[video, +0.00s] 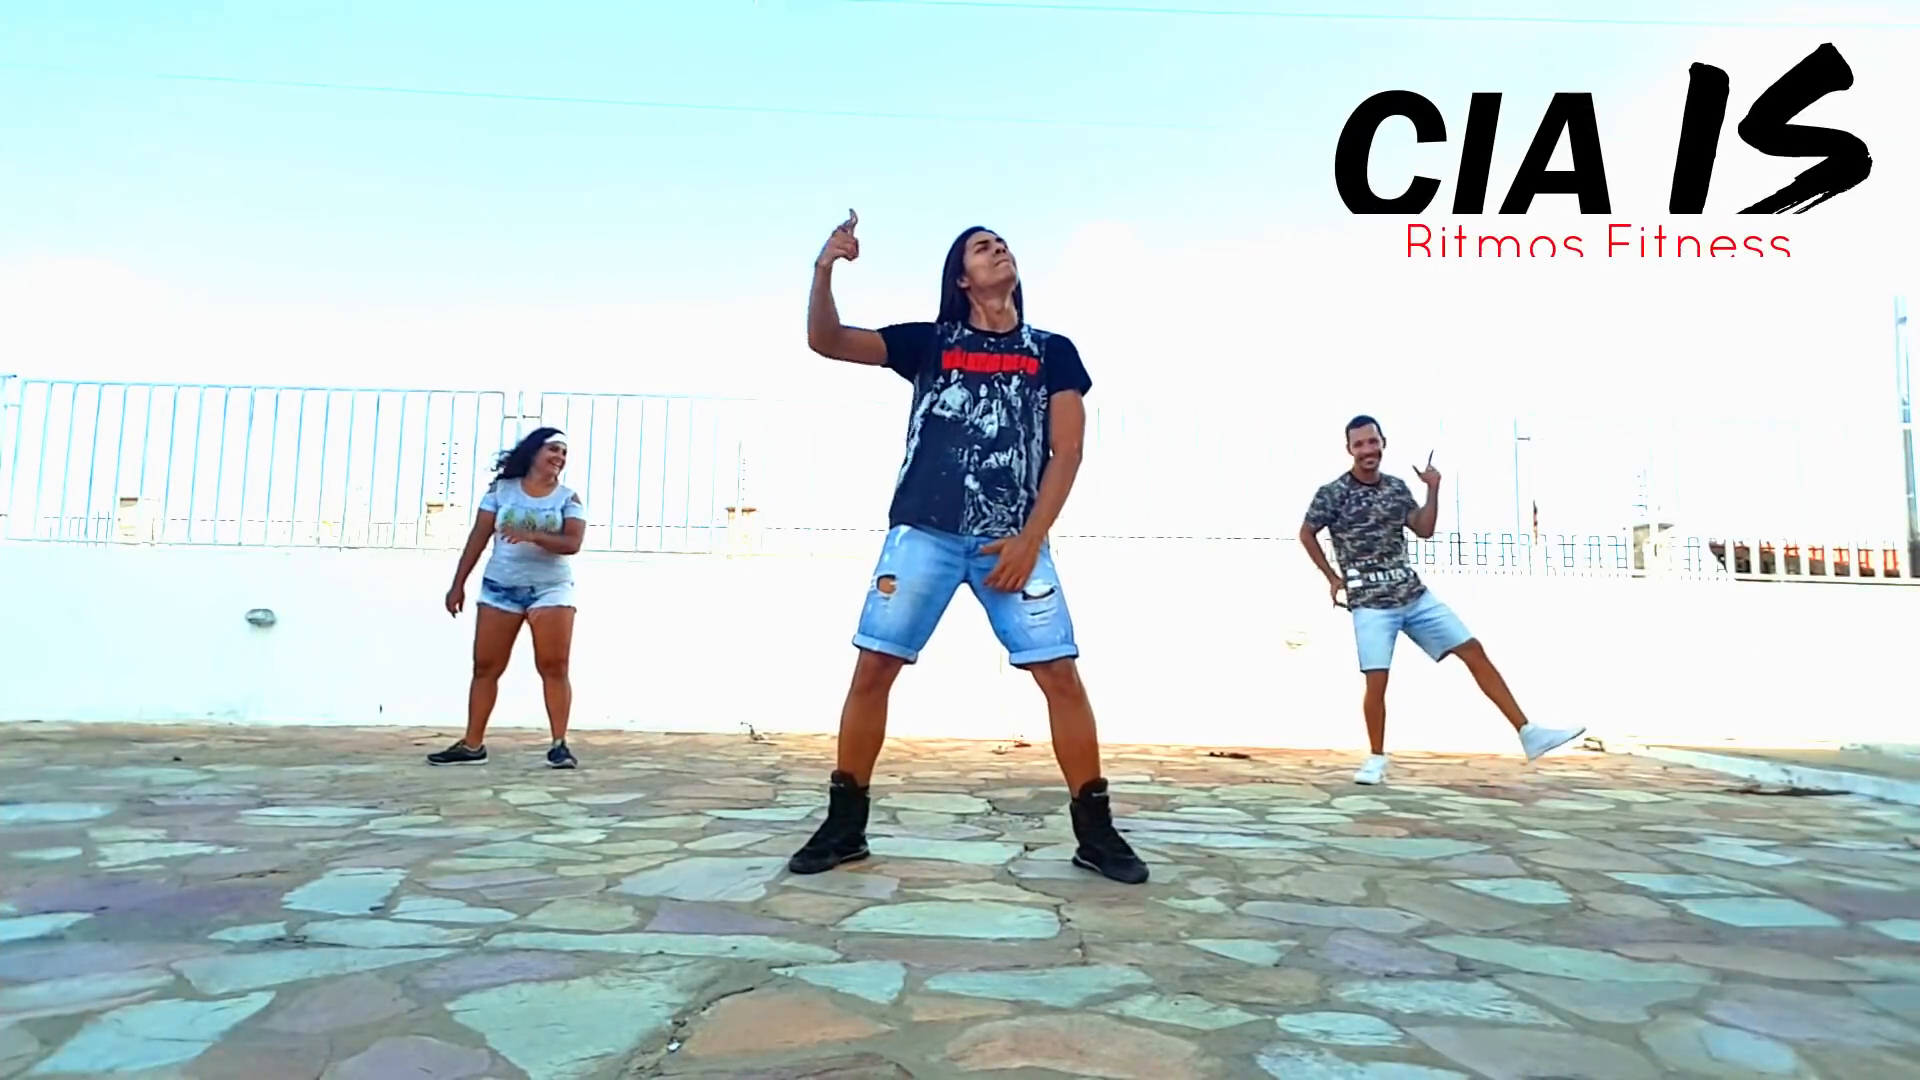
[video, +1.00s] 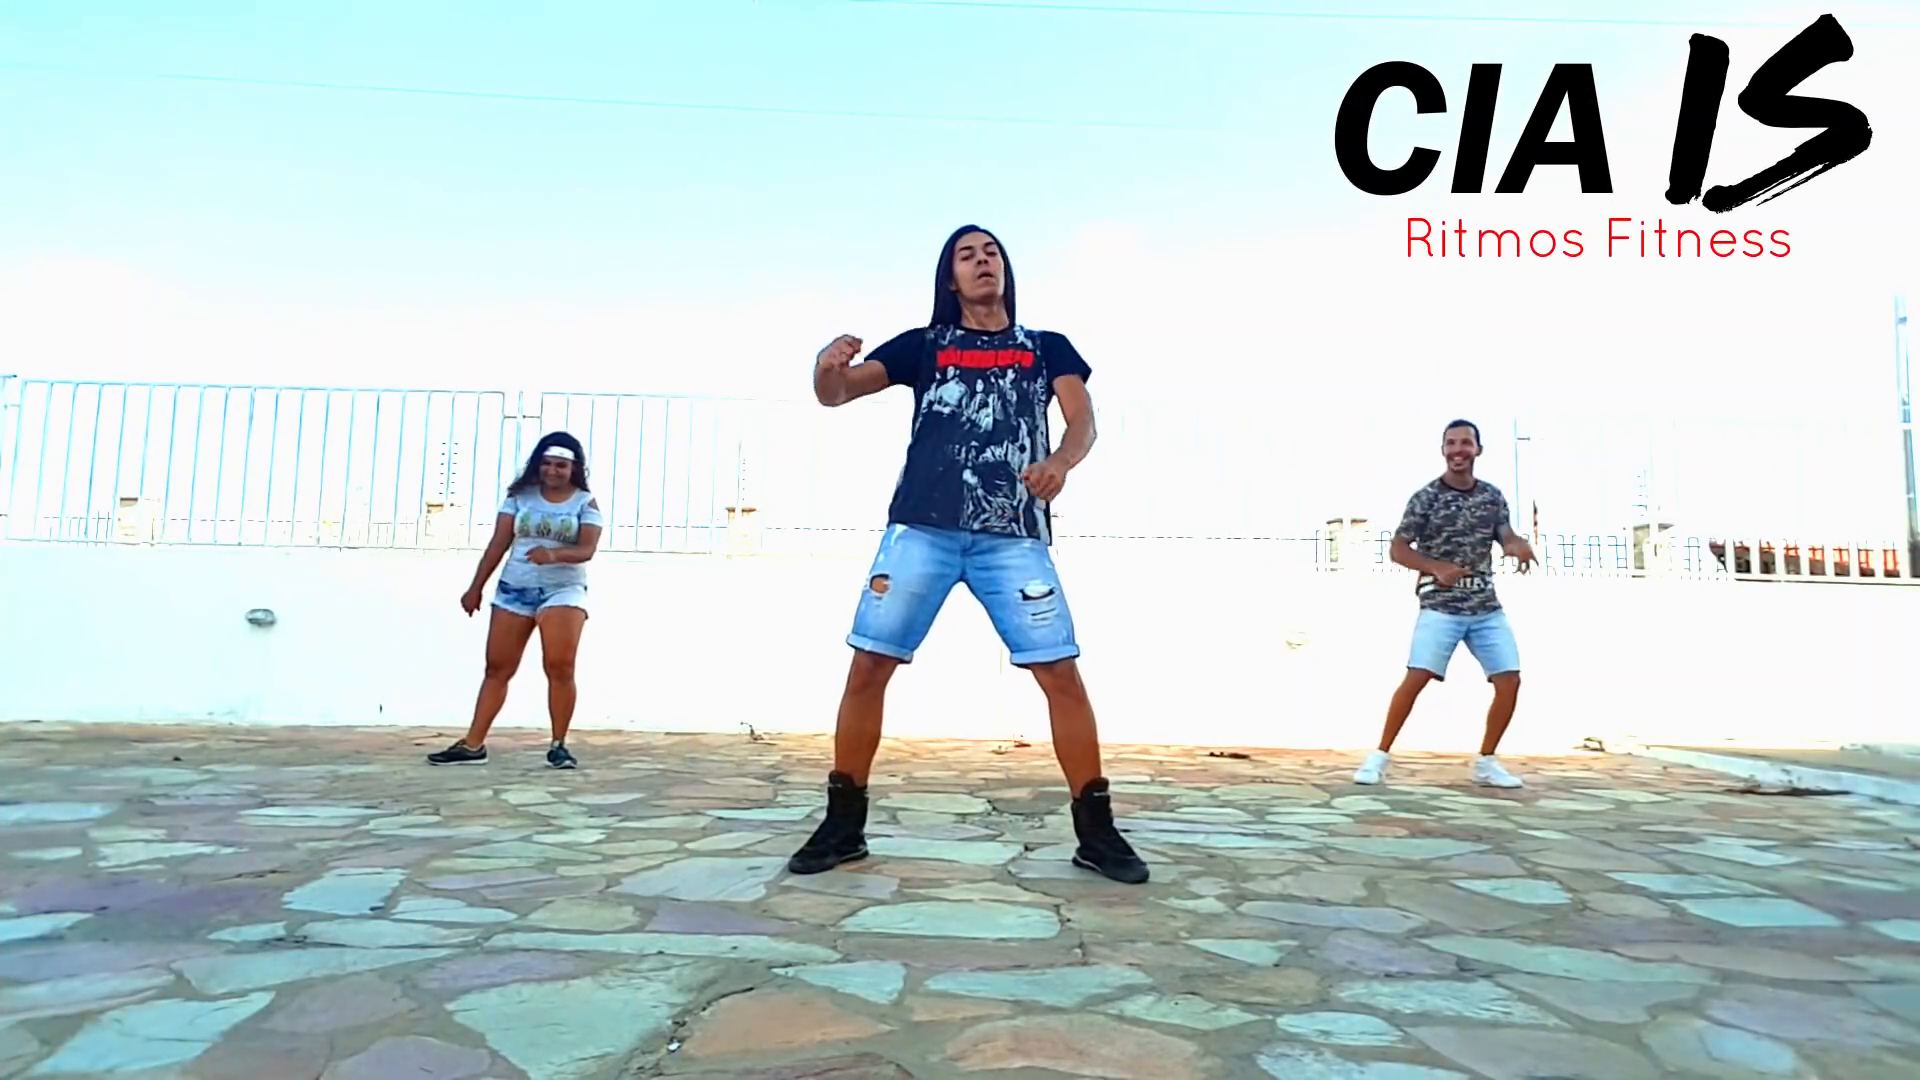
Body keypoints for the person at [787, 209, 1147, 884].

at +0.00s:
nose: (997, 251)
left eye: (1001, 246)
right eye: (982, 249)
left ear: (1016, 269)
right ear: (960, 278)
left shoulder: (1053, 353)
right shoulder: (929, 343)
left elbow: (1066, 451)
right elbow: (827, 341)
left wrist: (1033, 535)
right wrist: (824, 268)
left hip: (1016, 539)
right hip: (925, 531)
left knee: (1061, 676)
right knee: (873, 669)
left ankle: (1096, 832)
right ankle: (843, 825)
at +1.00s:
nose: (982, 258)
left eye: (990, 251)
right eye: (967, 253)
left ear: (1007, 271)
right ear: (949, 277)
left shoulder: (1046, 347)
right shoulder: (923, 344)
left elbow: (1082, 423)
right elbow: (835, 394)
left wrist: (1059, 463)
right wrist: (829, 363)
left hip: (1013, 535)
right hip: (922, 529)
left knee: (1061, 672)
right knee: (868, 666)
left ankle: (1097, 831)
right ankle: (842, 825)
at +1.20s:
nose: (975, 262)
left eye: (985, 254)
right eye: (961, 255)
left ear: (1001, 273)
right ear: (943, 276)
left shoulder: (1035, 339)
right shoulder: (923, 345)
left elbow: (1043, 377)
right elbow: (924, 394)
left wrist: (1033, 373)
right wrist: (863, 374)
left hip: (1011, 529)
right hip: (924, 525)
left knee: (1054, 669)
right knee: (871, 664)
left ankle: (1094, 828)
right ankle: (843, 822)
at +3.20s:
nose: (958, 274)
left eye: (970, 263)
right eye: (947, 270)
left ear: (997, 277)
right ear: (940, 292)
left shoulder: (1036, 344)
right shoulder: (919, 358)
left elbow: (1048, 372)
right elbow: (864, 429)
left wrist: (1009, 365)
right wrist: (901, 387)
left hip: (1016, 535)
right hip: (929, 532)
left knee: (1067, 668)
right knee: (870, 665)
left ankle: (1098, 832)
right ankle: (840, 823)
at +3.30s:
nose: (943, 272)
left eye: (956, 260)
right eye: (941, 267)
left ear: (992, 271)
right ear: (946, 286)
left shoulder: (1044, 340)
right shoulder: (931, 350)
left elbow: (1049, 372)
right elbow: (855, 423)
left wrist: (1004, 371)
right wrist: (840, 349)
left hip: (1017, 534)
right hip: (930, 530)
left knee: (1066, 667)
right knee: (873, 666)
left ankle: (1098, 831)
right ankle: (841, 824)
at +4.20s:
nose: (1005, 250)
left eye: (1009, 242)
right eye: (987, 246)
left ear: (1022, 263)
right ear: (962, 273)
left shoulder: (1058, 335)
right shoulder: (941, 354)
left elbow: (1052, 399)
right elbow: (895, 445)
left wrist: (1013, 444)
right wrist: (813, 454)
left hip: (1020, 537)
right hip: (931, 531)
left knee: (1074, 669)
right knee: (876, 667)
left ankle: (1100, 832)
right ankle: (843, 824)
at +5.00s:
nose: (909, 288)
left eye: (918, 276)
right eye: (895, 280)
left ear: (938, 287)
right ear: (876, 298)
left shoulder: (969, 362)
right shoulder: (854, 369)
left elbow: (989, 388)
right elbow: (826, 411)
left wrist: (944, 380)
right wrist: (892, 408)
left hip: (953, 561)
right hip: (862, 558)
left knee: (1011, 684)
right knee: (779, 673)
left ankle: (1033, 824)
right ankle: (755, 816)